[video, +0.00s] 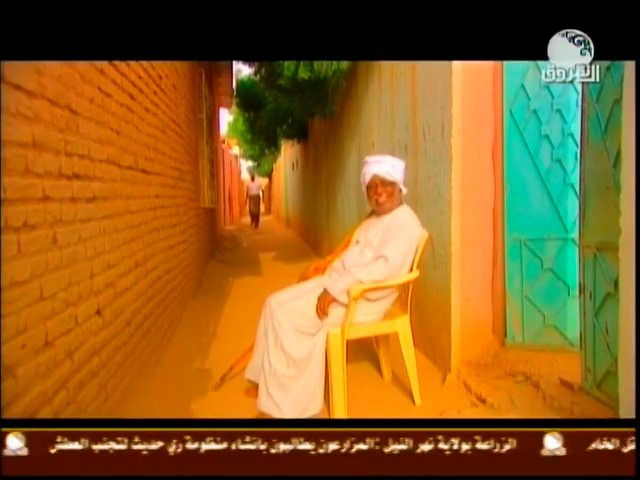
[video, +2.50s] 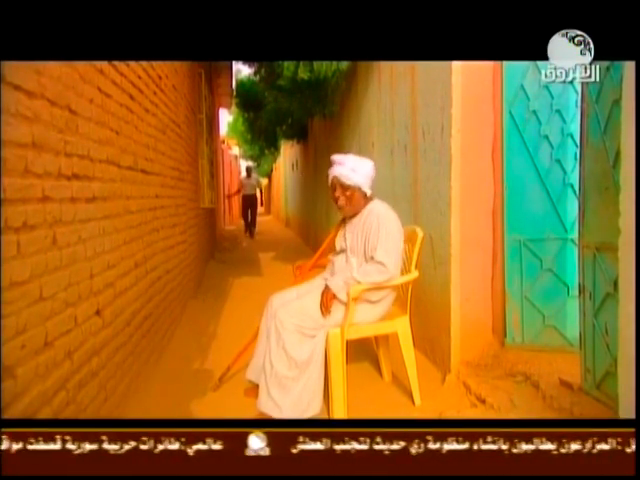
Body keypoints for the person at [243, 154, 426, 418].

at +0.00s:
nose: (379, 192)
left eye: (386, 185)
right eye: (373, 187)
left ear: (400, 190)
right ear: (367, 193)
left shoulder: (405, 223)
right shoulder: (378, 219)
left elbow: (386, 270)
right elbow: (351, 256)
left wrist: (335, 291)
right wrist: (323, 270)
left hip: (363, 300)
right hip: (340, 284)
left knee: (285, 316)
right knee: (275, 304)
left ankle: (289, 406)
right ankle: (265, 377)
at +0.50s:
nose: (356, 202)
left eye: (359, 193)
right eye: (349, 198)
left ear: (373, 190)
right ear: (345, 201)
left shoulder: (395, 218)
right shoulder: (361, 219)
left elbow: (389, 270)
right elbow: (344, 258)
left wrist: (339, 287)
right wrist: (328, 283)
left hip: (368, 299)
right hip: (342, 286)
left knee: (288, 315)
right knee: (278, 303)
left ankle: (289, 407)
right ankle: (268, 377)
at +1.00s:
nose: (333, 208)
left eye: (334, 200)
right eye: (327, 206)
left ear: (347, 193)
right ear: (325, 208)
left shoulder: (378, 217)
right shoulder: (346, 220)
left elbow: (386, 270)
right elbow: (341, 258)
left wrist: (337, 284)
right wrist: (326, 278)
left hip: (367, 299)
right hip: (340, 285)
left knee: (288, 317)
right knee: (276, 304)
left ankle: (289, 406)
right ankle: (267, 380)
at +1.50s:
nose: (319, 219)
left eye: (318, 211)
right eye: (314, 213)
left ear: (332, 200)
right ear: (328, 203)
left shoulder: (367, 217)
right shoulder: (341, 216)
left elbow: (382, 270)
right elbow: (337, 259)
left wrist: (335, 279)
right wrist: (327, 283)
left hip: (365, 297)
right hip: (338, 285)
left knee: (286, 317)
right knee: (275, 304)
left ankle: (289, 406)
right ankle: (267, 380)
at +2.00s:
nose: (326, 208)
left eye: (328, 199)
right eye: (320, 203)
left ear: (343, 193)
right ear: (320, 204)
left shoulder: (372, 216)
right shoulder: (343, 219)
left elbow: (384, 270)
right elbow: (340, 260)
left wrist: (337, 281)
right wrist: (328, 285)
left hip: (367, 298)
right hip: (340, 285)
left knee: (287, 318)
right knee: (276, 304)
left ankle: (289, 406)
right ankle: (266, 380)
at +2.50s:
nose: (336, 196)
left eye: (343, 189)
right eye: (334, 189)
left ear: (362, 190)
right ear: (332, 191)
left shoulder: (383, 218)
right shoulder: (353, 217)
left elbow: (386, 271)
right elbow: (343, 258)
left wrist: (338, 284)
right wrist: (327, 282)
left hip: (368, 301)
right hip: (341, 287)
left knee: (289, 319)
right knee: (277, 304)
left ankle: (291, 407)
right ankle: (267, 380)